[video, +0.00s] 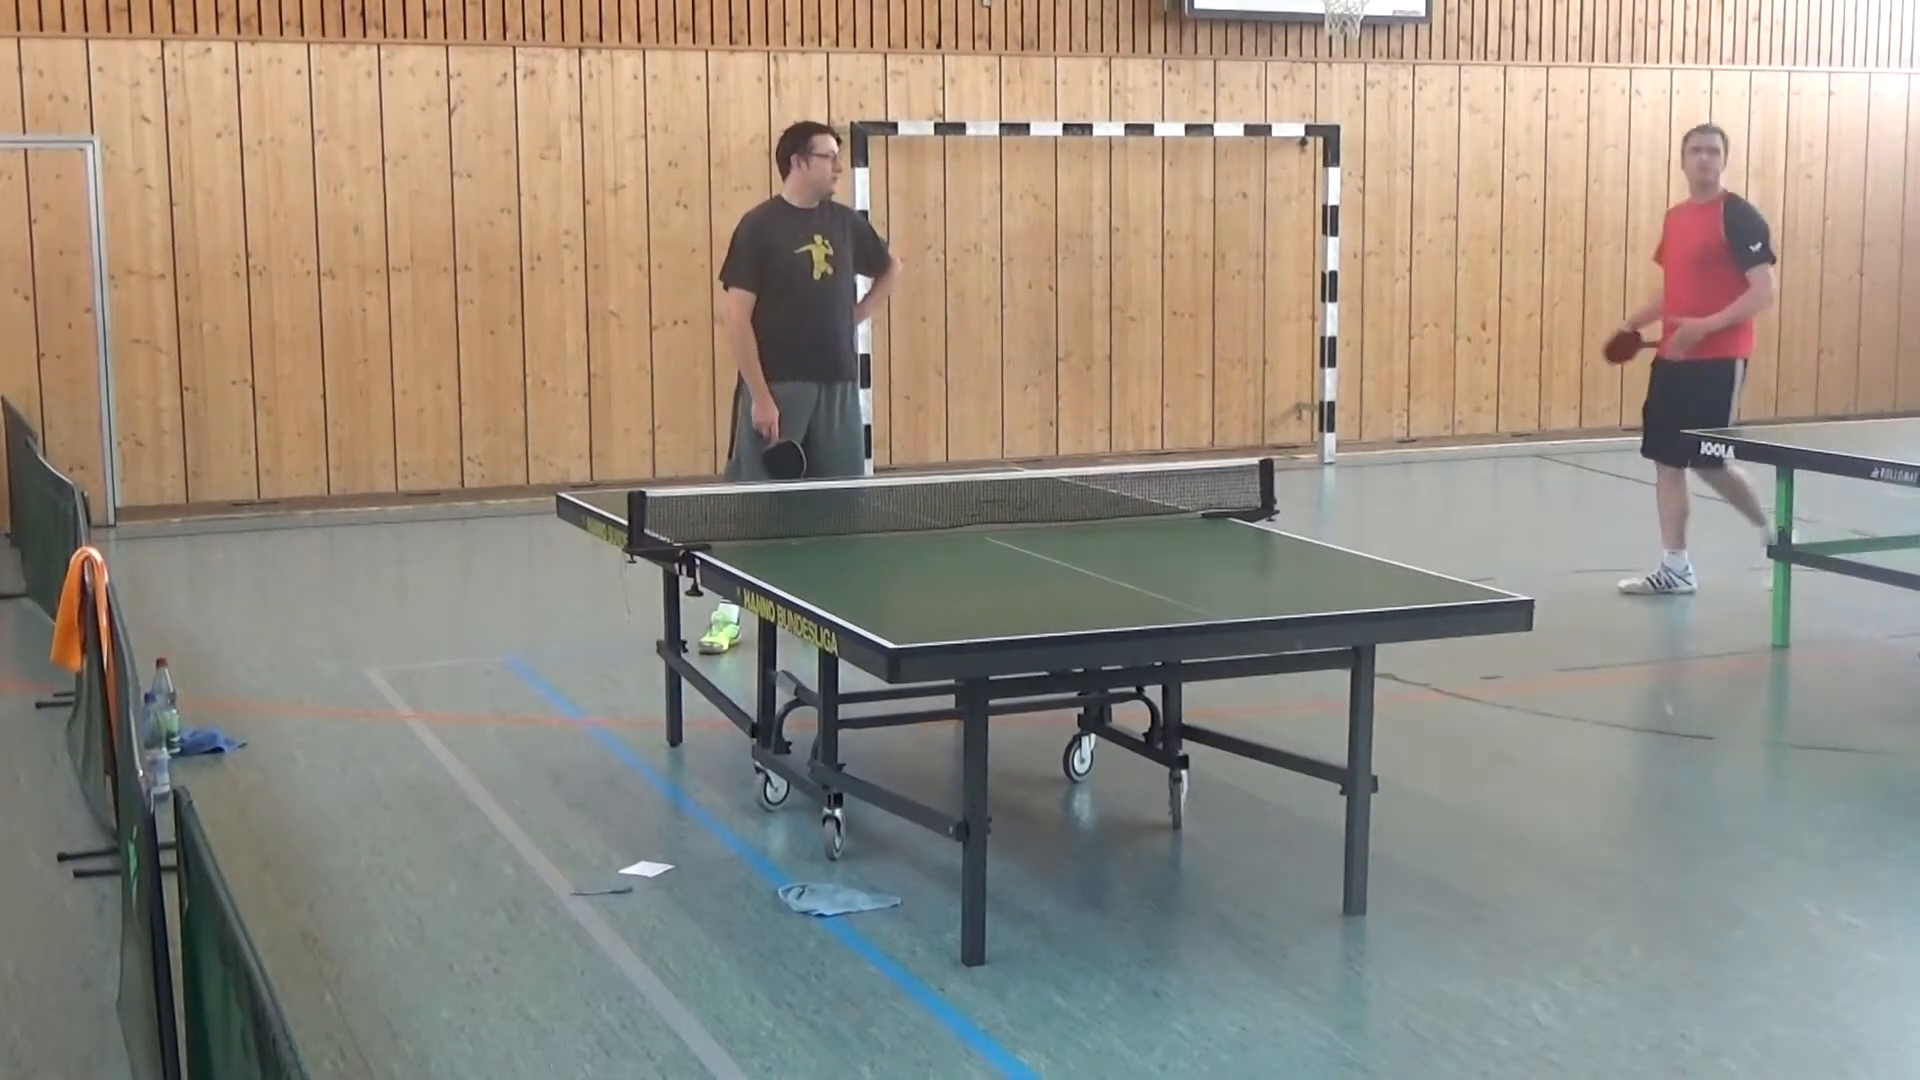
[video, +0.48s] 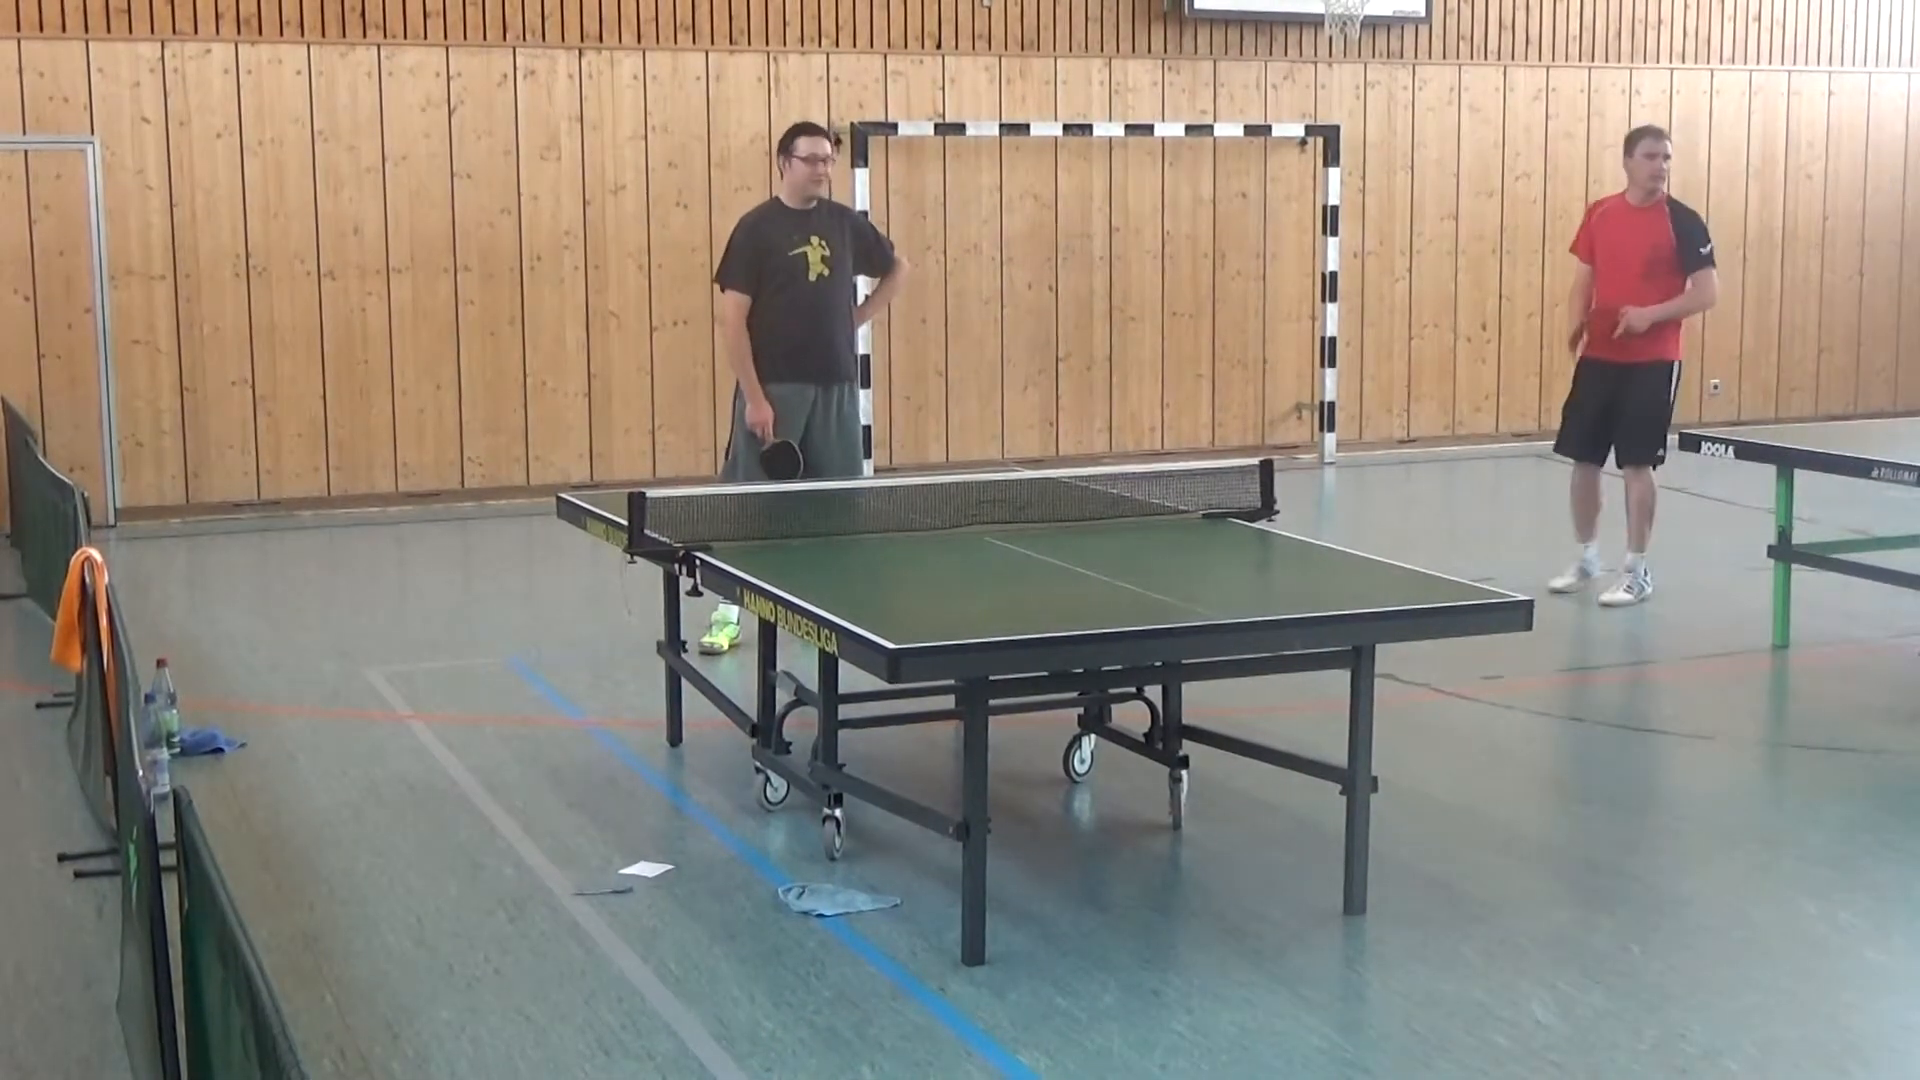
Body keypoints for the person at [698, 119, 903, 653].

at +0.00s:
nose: (838, 167)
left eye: (838, 158)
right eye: (828, 158)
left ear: (824, 166)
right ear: (795, 164)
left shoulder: (846, 222)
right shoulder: (757, 226)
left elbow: (889, 269)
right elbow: (735, 317)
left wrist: (857, 315)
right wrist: (759, 396)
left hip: (838, 388)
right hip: (776, 389)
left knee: (844, 507)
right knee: (750, 503)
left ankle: (844, 614)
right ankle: (729, 607)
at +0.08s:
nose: (835, 166)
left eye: (836, 158)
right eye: (825, 157)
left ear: (833, 166)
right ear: (793, 164)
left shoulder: (846, 223)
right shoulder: (757, 227)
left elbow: (890, 268)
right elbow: (734, 318)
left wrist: (858, 314)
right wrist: (756, 395)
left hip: (837, 389)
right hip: (774, 390)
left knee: (843, 507)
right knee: (749, 504)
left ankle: (843, 613)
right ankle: (728, 607)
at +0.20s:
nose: (834, 167)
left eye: (835, 158)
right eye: (824, 158)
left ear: (830, 166)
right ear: (792, 164)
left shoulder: (846, 223)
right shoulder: (755, 227)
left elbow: (890, 268)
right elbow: (732, 319)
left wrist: (858, 316)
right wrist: (755, 395)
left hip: (837, 390)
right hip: (773, 391)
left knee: (843, 509)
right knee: (748, 505)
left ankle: (841, 615)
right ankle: (727, 609)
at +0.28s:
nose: (834, 167)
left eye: (834, 158)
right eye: (823, 158)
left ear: (829, 165)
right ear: (792, 164)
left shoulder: (846, 223)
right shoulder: (755, 227)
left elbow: (892, 267)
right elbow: (732, 320)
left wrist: (859, 315)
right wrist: (755, 396)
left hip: (837, 390)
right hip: (772, 391)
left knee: (842, 509)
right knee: (747, 505)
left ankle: (839, 614)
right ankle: (727, 609)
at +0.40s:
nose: (829, 167)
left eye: (831, 159)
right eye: (817, 159)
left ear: (834, 165)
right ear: (787, 164)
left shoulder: (846, 223)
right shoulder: (754, 228)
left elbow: (896, 268)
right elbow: (731, 319)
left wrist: (857, 317)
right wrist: (754, 397)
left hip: (837, 391)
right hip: (771, 392)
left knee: (843, 509)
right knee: (746, 505)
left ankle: (843, 614)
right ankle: (728, 609)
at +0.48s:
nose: (822, 168)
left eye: (827, 160)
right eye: (811, 159)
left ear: (833, 166)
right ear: (784, 164)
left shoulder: (846, 223)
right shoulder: (754, 228)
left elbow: (896, 269)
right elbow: (730, 319)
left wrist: (858, 317)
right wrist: (754, 397)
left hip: (837, 391)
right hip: (771, 391)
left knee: (843, 509)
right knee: (747, 506)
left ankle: (843, 615)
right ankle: (728, 610)